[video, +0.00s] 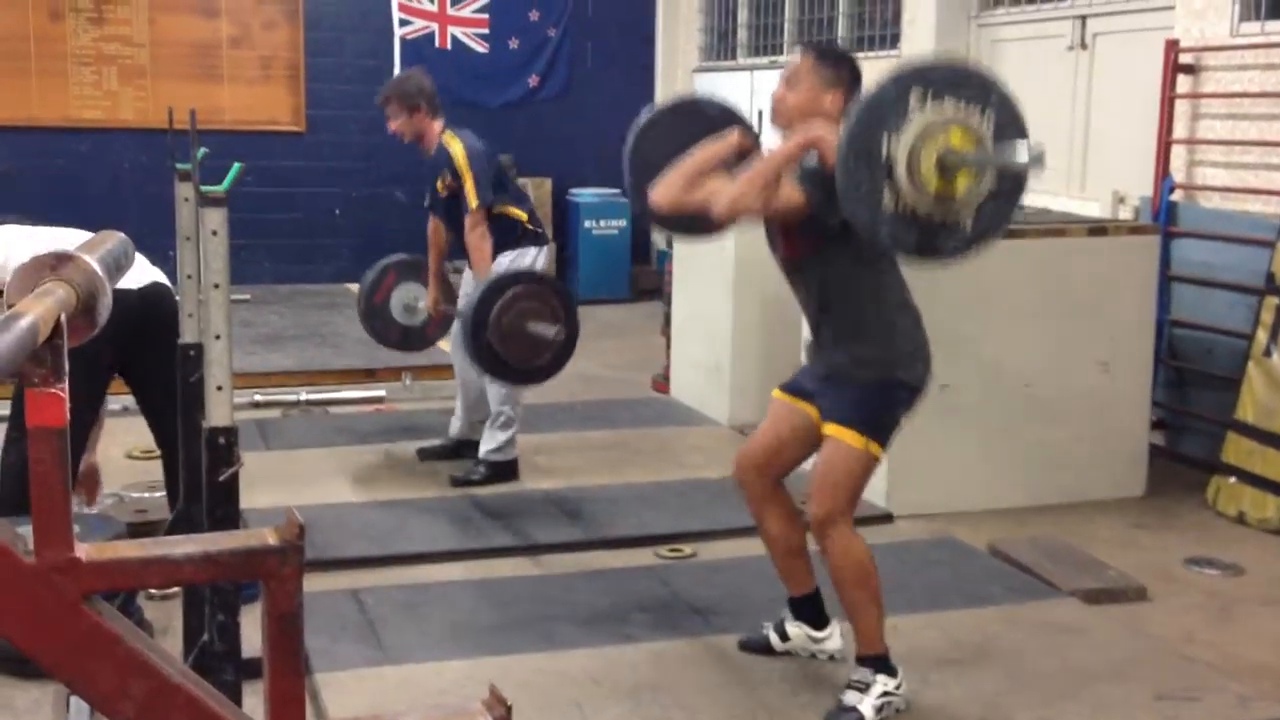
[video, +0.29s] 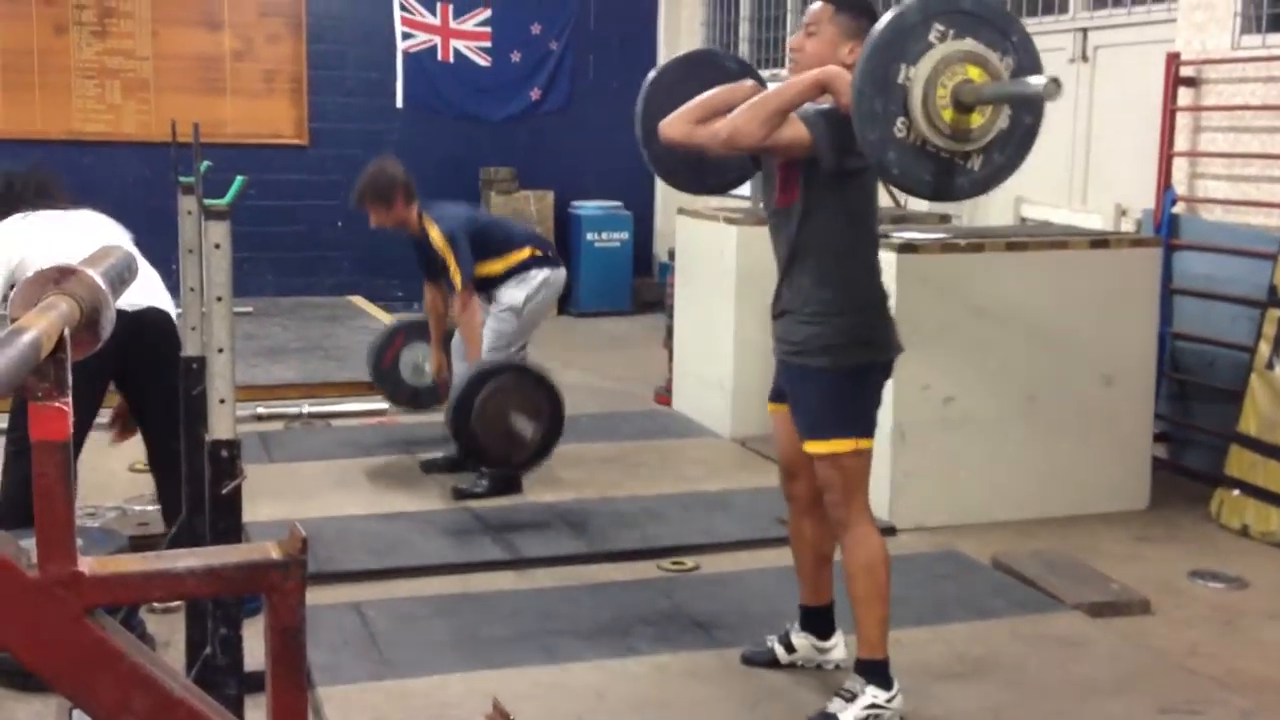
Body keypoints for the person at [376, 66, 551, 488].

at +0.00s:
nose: (391, 128)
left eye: (395, 117)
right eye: (388, 119)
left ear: (421, 111)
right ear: (415, 114)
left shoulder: (461, 148)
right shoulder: (438, 156)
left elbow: (478, 226)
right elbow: (438, 223)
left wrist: (494, 295)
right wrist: (434, 286)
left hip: (520, 251)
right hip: (485, 252)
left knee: (499, 347)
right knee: (464, 340)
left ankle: (501, 454)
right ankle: (467, 434)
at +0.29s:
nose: (372, 223)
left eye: (375, 212)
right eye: (369, 213)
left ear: (399, 202)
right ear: (394, 205)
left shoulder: (444, 228)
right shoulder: (420, 232)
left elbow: (467, 302)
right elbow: (435, 293)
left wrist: (479, 369)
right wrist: (437, 353)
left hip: (537, 273)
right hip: (508, 281)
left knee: (488, 362)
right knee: (463, 358)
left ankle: (501, 467)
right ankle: (469, 447)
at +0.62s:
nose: (377, 316)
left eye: (373, 309)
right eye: (371, 312)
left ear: (383, 292)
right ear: (386, 287)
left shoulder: (434, 297)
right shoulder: (420, 294)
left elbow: (460, 372)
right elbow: (434, 355)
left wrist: (470, 448)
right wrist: (440, 413)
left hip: (541, 307)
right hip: (533, 306)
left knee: (469, 379)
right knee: (488, 384)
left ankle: (489, 465)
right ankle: (497, 460)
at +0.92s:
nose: (365, 329)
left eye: (361, 322)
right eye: (359, 325)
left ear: (370, 305)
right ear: (375, 298)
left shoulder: (419, 310)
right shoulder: (407, 305)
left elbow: (449, 382)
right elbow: (427, 371)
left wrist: (468, 450)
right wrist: (439, 426)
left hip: (530, 310)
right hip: (524, 308)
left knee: (463, 385)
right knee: (487, 386)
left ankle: (488, 470)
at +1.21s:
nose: (367, 336)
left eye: (362, 327)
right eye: (359, 332)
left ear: (371, 306)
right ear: (373, 303)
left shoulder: (420, 315)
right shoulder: (407, 313)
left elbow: (451, 390)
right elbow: (427, 372)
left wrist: (469, 459)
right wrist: (439, 426)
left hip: (529, 319)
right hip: (523, 317)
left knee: (463, 396)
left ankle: (489, 478)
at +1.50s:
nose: (369, 333)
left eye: (365, 324)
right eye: (362, 329)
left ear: (377, 303)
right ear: (378, 300)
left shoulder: (421, 317)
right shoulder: (407, 314)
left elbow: (454, 391)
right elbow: (424, 375)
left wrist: (472, 459)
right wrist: (433, 434)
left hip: (529, 334)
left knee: (444, 391)